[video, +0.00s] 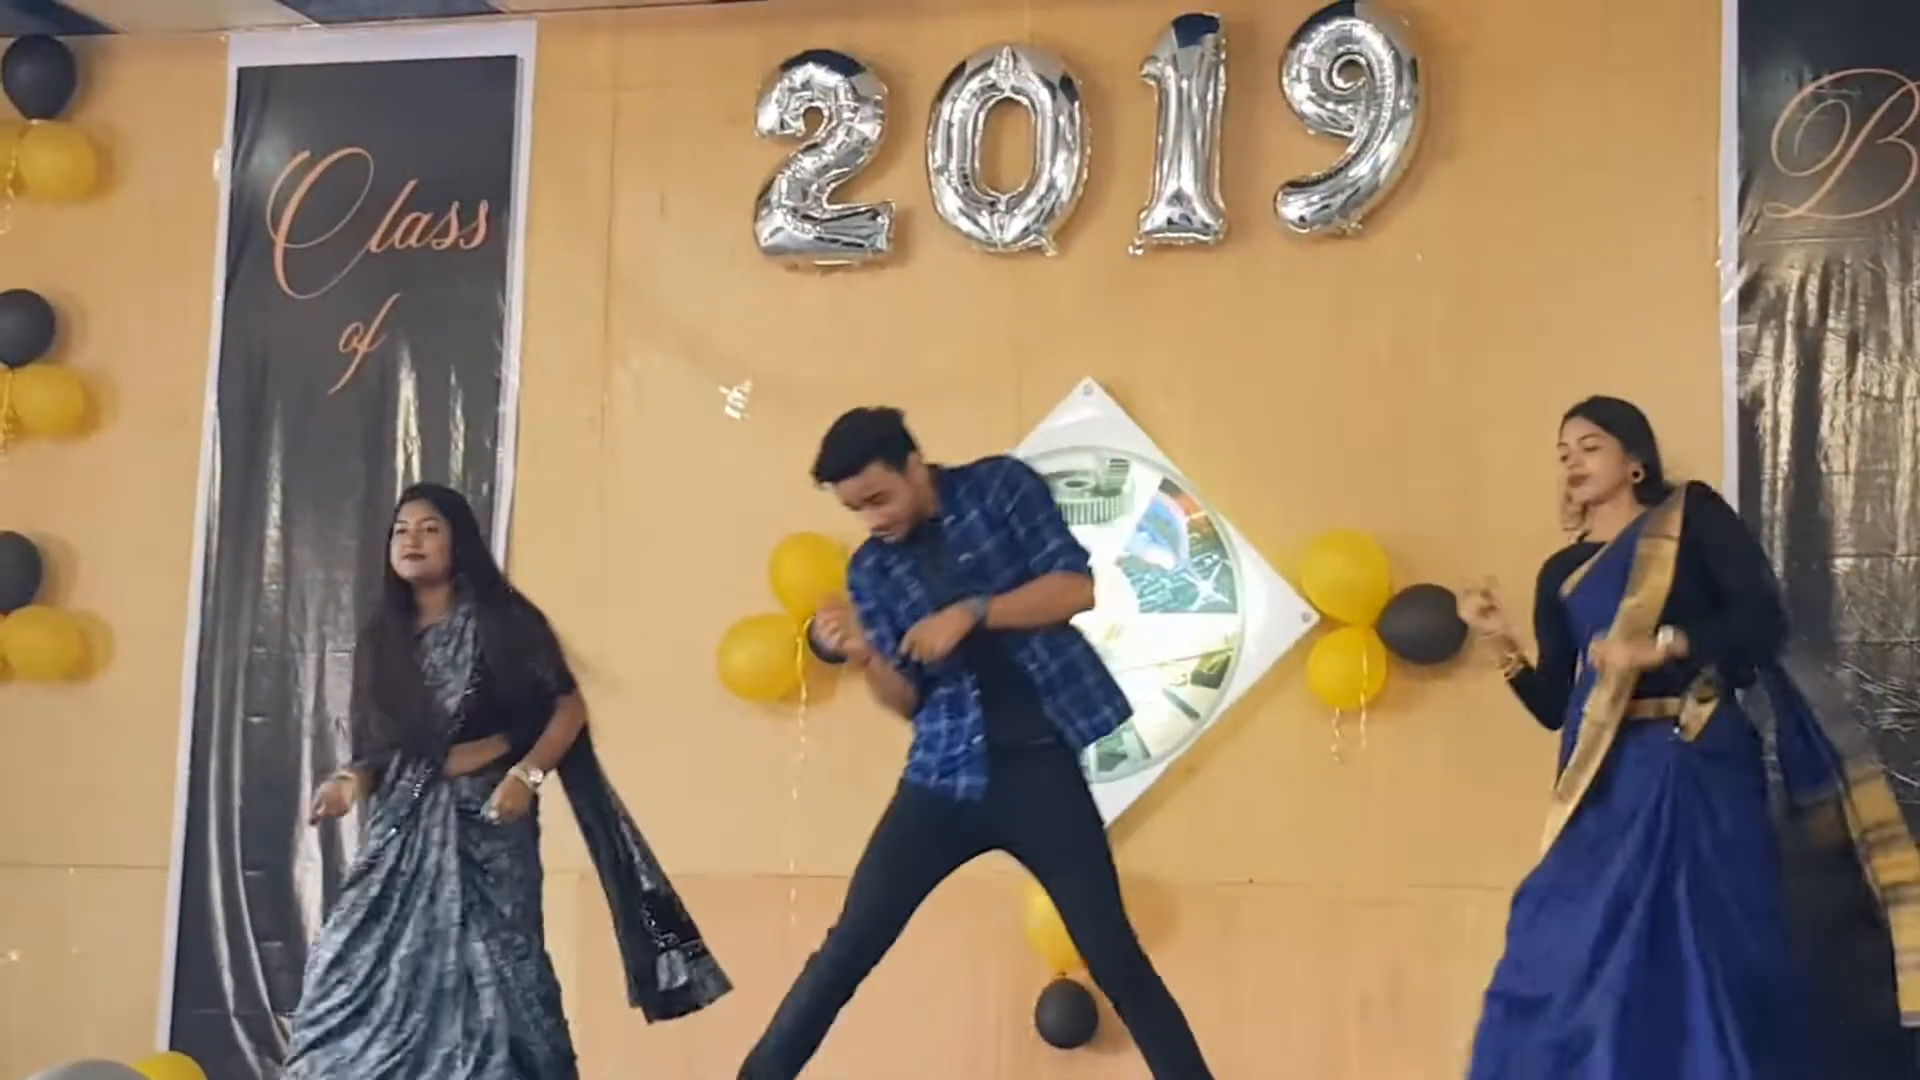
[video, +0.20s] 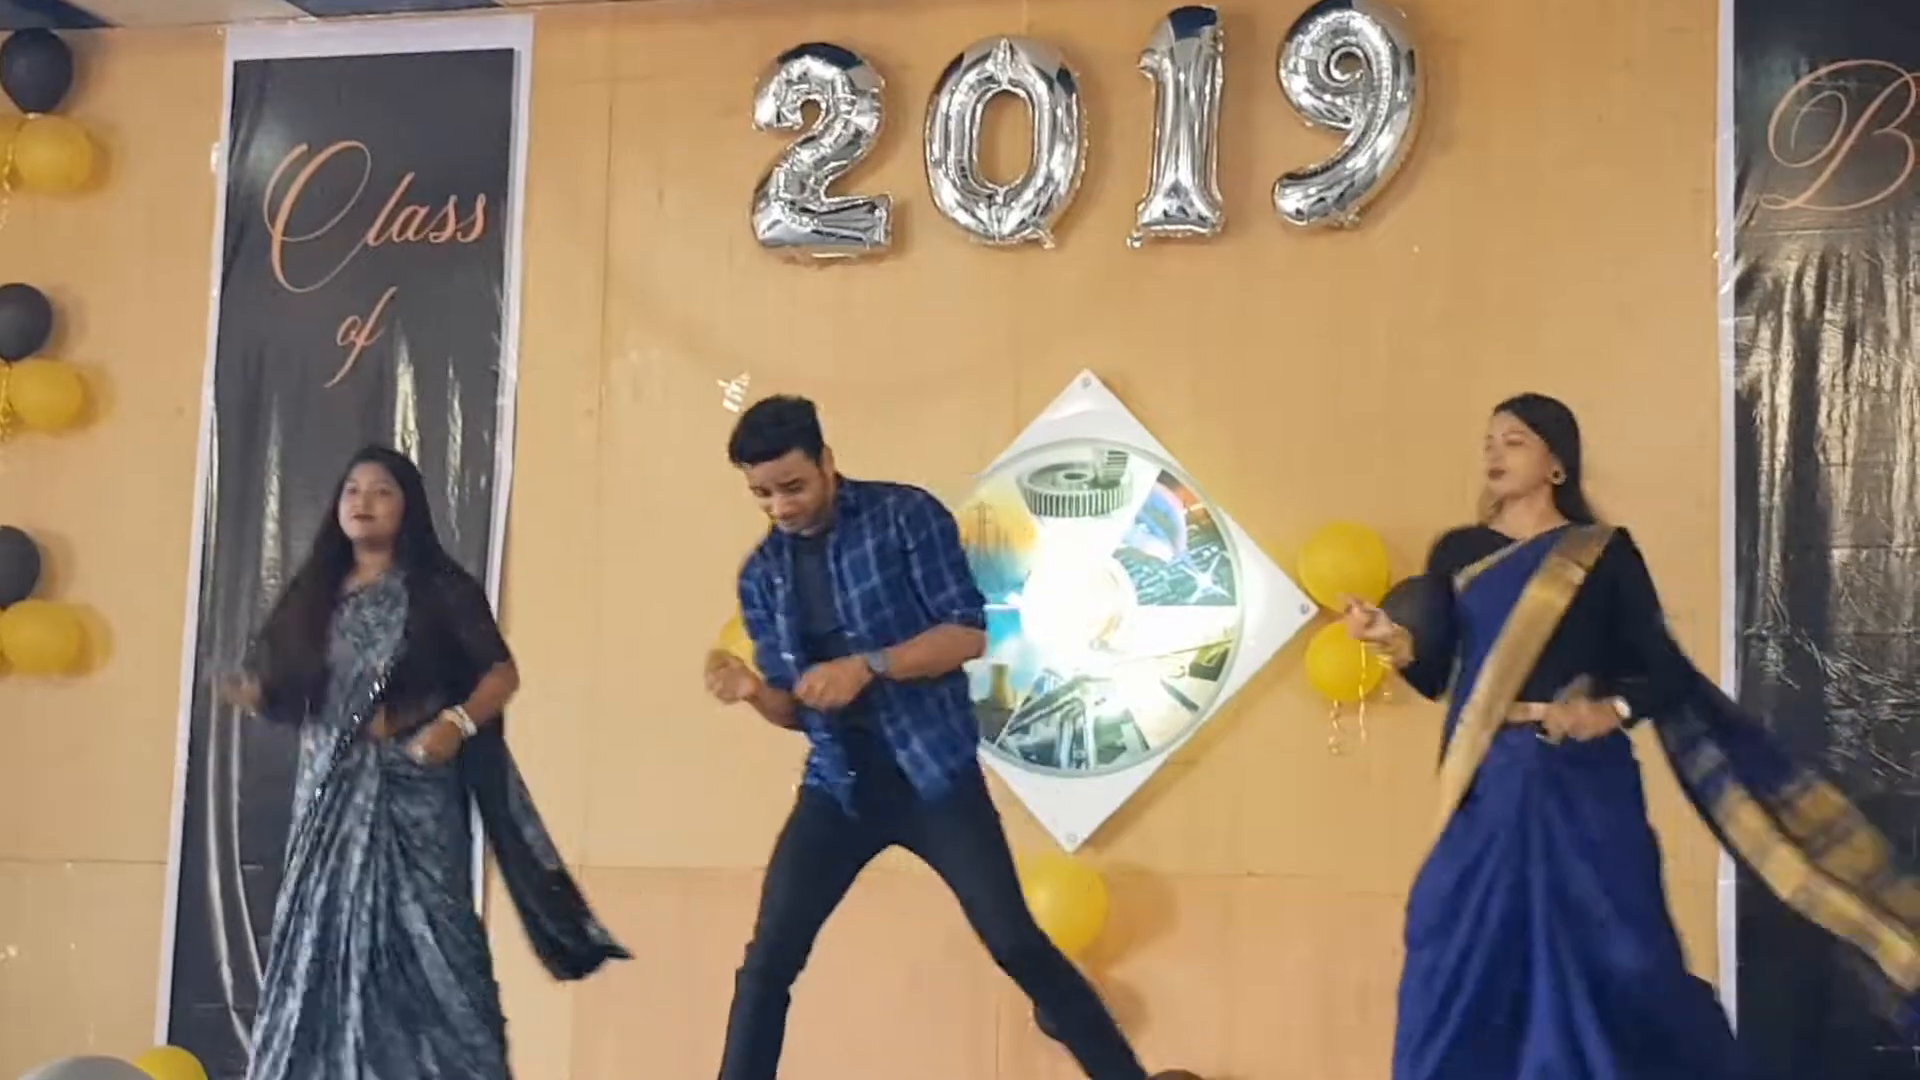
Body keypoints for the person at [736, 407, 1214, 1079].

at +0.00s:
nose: (872, 521)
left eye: (878, 500)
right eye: (855, 509)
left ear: (917, 466)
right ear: (843, 502)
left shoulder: (1002, 486)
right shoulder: (871, 569)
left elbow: (1075, 589)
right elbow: (907, 702)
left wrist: (971, 613)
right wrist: (864, 656)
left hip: (1039, 769)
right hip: (943, 777)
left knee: (1115, 962)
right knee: (850, 949)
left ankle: (1191, 1076)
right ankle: (758, 1076)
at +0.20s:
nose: (781, 506)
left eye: (793, 485)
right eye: (763, 493)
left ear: (827, 461)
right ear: (748, 486)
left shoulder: (906, 513)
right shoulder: (763, 573)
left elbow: (966, 634)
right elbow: (795, 710)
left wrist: (867, 666)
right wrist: (754, 689)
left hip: (936, 778)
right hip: (837, 790)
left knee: (1015, 946)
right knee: (767, 964)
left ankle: (1126, 1076)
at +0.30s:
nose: (767, 447)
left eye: (783, 427)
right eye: (751, 431)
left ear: (813, 409)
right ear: (735, 423)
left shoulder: (887, 464)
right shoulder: (734, 510)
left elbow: (941, 577)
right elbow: (757, 644)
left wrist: (847, 597)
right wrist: (726, 620)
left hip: (907, 716)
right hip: (810, 732)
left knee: (948, 876)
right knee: (761, 910)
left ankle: (1028, 1031)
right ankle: (729, 1072)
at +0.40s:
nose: (756, 338)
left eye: (770, 318)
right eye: (741, 322)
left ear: (803, 313)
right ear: (728, 327)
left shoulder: (878, 381)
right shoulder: (724, 418)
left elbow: (933, 486)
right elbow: (743, 544)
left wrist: (836, 499)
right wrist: (715, 520)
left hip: (888, 625)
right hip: (800, 634)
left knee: (879, 792)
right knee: (762, 820)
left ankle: (939, 964)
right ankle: (727, 1012)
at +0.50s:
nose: (741, 266)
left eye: (756, 246)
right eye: (726, 249)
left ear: (788, 236)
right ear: (711, 248)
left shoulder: (853, 308)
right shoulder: (714, 334)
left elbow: (916, 424)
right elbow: (734, 451)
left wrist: (821, 439)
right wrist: (695, 461)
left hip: (857, 568)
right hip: (779, 574)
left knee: (815, 750)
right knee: (720, 752)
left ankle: (889, 940)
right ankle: (725, 946)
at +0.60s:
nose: (734, 200)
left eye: (753, 184)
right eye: (721, 182)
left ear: (790, 186)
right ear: (707, 189)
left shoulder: (840, 274)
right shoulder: (717, 295)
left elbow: (901, 399)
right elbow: (744, 437)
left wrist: (813, 388)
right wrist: (675, 442)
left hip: (834, 519)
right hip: (756, 524)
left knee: (741, 688)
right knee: (689, 700)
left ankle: (865, 857)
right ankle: (710, 893)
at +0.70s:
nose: (743, 141)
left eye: (764, 130)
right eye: (737, 124)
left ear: (806, 142)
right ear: (727, 129)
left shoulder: (840, 231)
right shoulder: (740, 231)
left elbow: (874, 368)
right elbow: (746, 379)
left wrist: (822, 329)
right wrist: (665, 386)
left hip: (828, 475)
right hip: (759, 476)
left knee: (714, 622)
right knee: (687, 651)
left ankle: (860, 758)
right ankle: (707, 849)